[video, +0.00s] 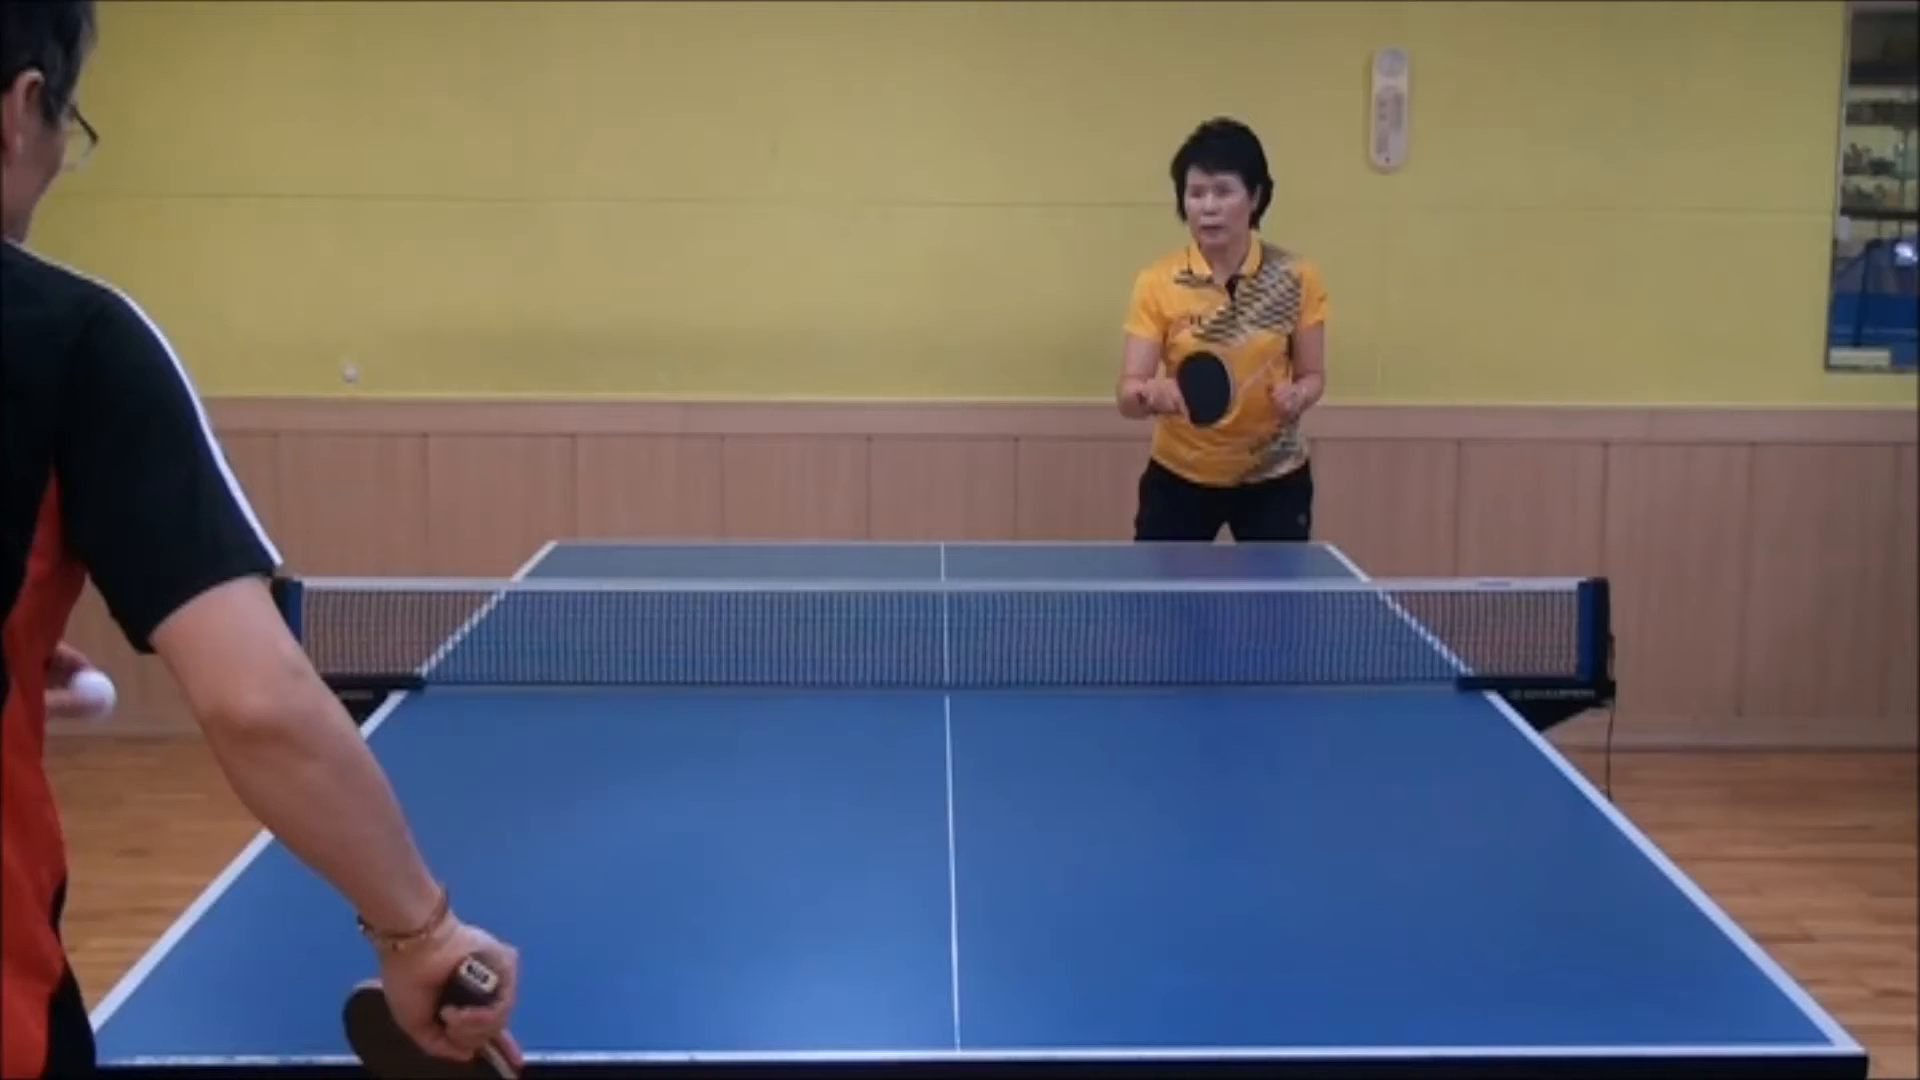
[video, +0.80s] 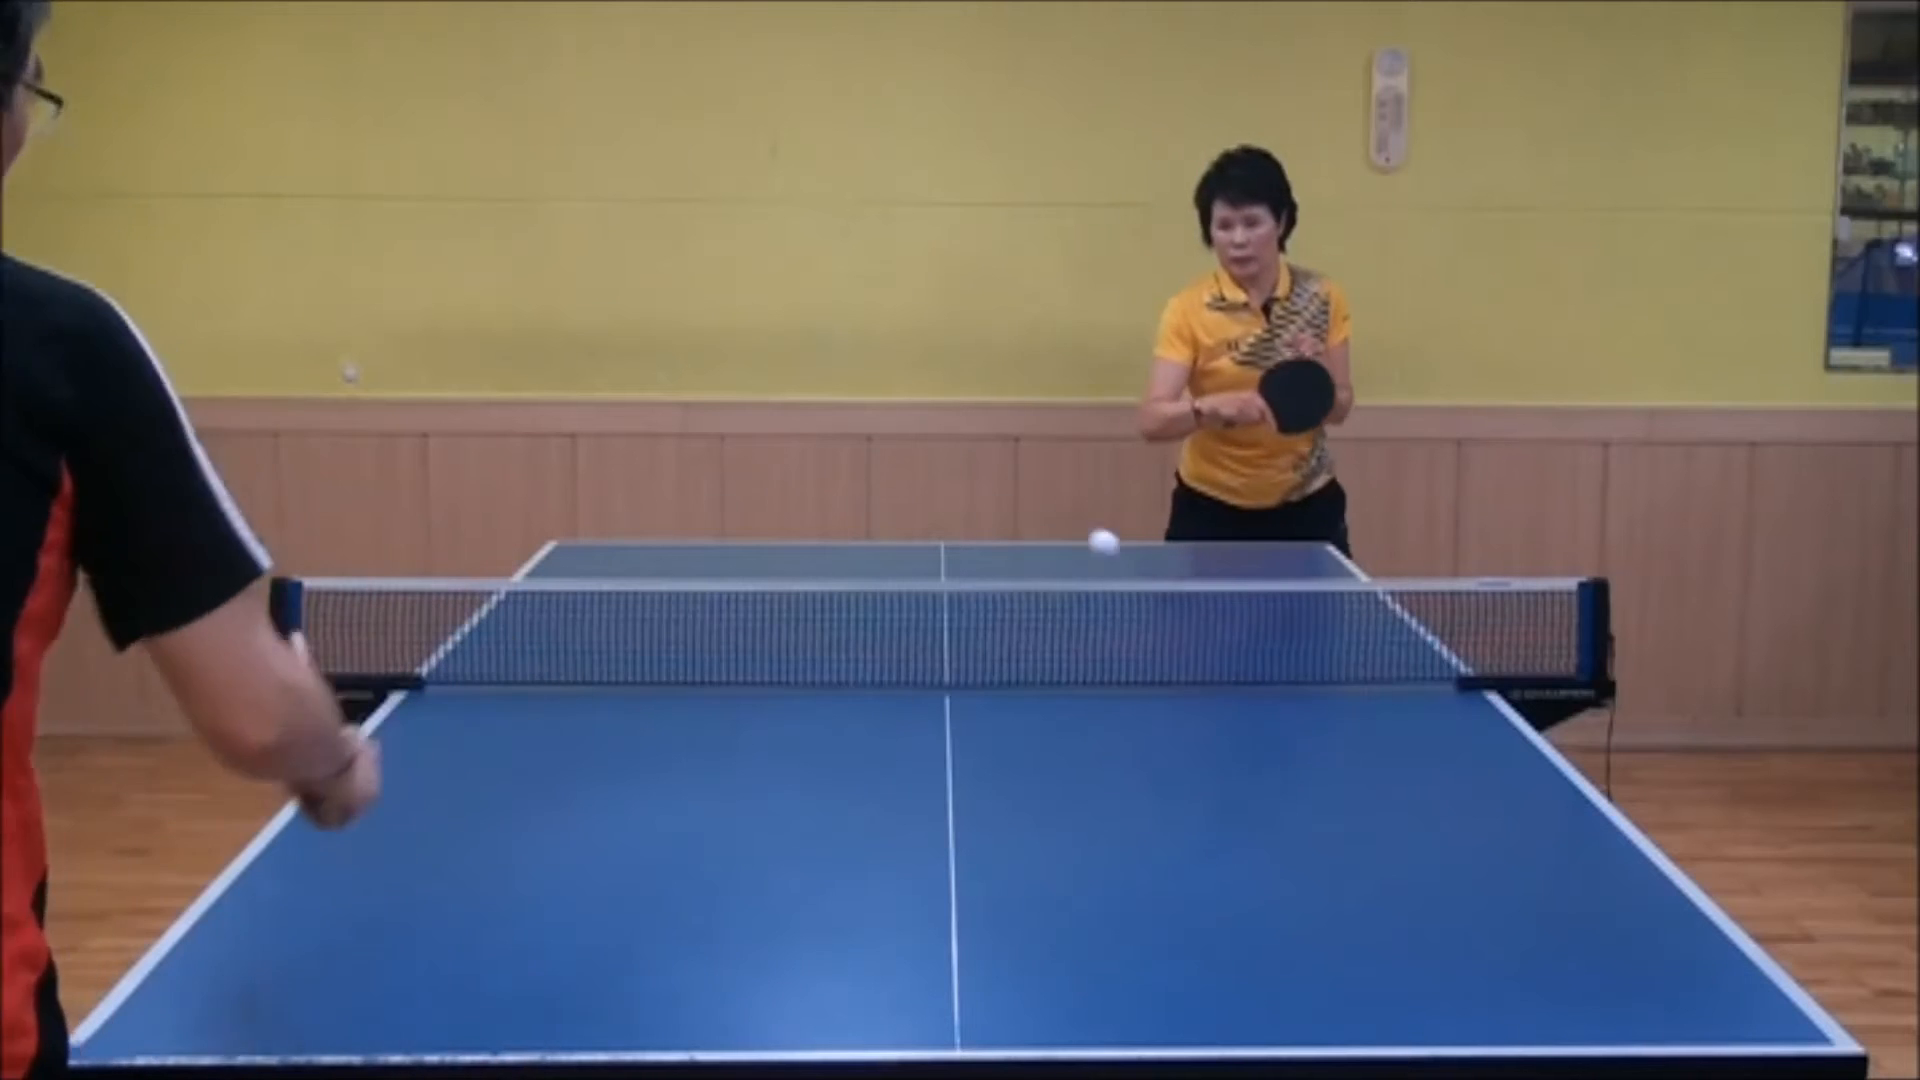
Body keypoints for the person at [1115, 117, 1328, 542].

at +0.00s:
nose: (1209, 207)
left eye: (1224, 191)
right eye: (1197, 192)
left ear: (1256, 198)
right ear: (1181, 201)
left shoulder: (1297, 282)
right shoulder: (1157, 284)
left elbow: (1312, 375)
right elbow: (1129, 395)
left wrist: (1296, 396)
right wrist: (1152, 394)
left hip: (1272, 483)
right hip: (1180, 481)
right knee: (1152, 599)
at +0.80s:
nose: (1239, 240)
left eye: (1253, 224)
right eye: (1225, 226)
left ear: (1282, 224)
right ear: (1208, 232)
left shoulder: (1321, 301)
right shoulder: (1188, 311)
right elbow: (1153, 421)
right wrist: (1209, 409)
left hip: (1305, 510)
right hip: (1210, 511)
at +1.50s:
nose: (1270, 259)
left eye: (1286, 243)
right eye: (1256, 246)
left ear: (1317, 250)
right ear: (1239, 256)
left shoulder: (1343, 335)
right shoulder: (1217, 339)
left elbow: (1352, 440)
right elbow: (1176, 441)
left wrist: (1371, 422)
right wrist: (1215, 452)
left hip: (1304, 526)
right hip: (1215, 528)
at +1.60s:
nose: (1263, 241)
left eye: (1278, 225)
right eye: (1249, 228)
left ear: (1309, 233)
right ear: (1232, 239)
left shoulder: (1336, 317)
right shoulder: (1210, 322)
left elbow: (1350, 431)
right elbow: (1166, 434)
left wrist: (1360, 407)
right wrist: (1208, 430)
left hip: (1307, 517)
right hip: (1218, 518)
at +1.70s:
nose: (1259, 226)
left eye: (1274, 211)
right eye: (1246, 213)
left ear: (1306, 219)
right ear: (1230, 224)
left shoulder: (1337, 303)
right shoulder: (1205, 311)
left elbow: (1351, 421)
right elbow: (1164, 427)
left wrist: (1354, 395)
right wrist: (1203, 412)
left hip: (1313, 509)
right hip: (1223, 510)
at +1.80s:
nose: (1261, 224)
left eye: (1277, 209)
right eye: (1248, 211)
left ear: (1309, 217)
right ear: (1233, 221)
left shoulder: (1342, 301)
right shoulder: (1208, 307)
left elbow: (1358, 419)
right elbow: (1167, 425)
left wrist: (1358, 391)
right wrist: (1201, 407)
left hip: (1315, 510)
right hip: (1224, 509)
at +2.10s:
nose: (1255, 208)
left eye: (1271, 193)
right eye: (1244, 193)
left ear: (1303, 202)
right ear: (1228, 202)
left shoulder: (1337, 286)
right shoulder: (1200, 287)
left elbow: (1345, 384)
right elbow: (1161, 401)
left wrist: (1359, 393)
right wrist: (1196, 389)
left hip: (1300, 487)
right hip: (1208, 483)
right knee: (1179, 600)